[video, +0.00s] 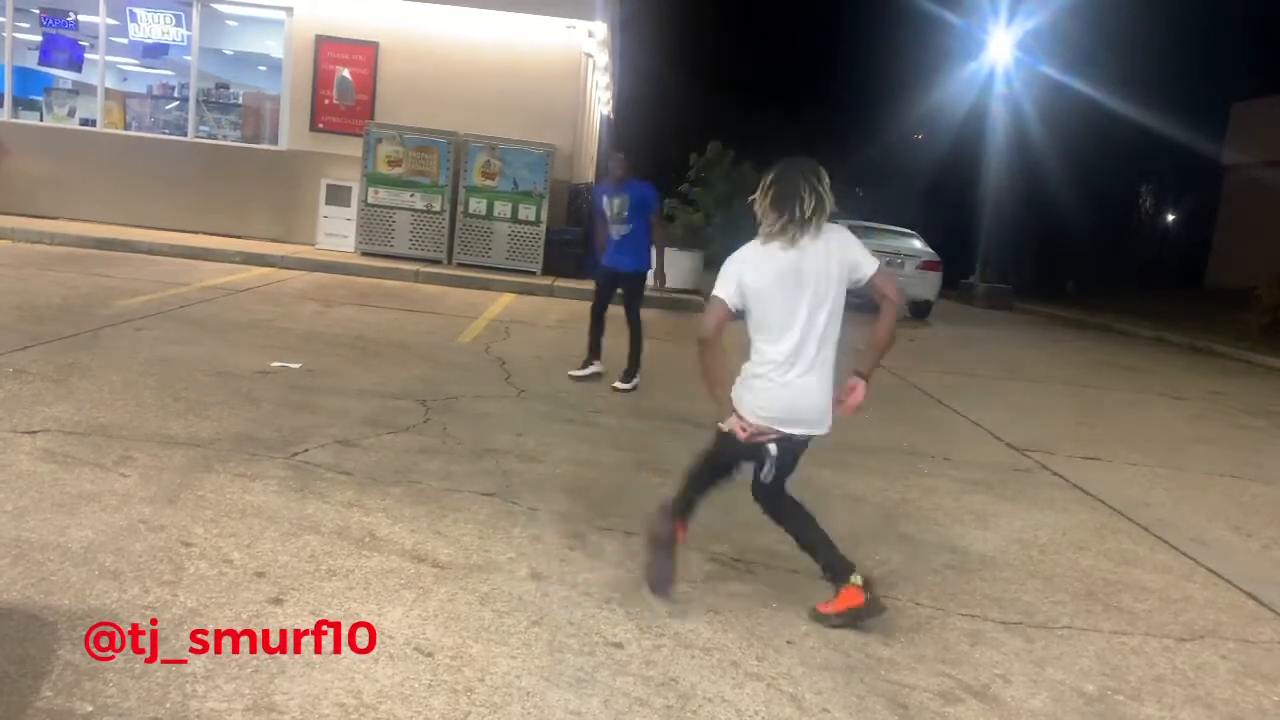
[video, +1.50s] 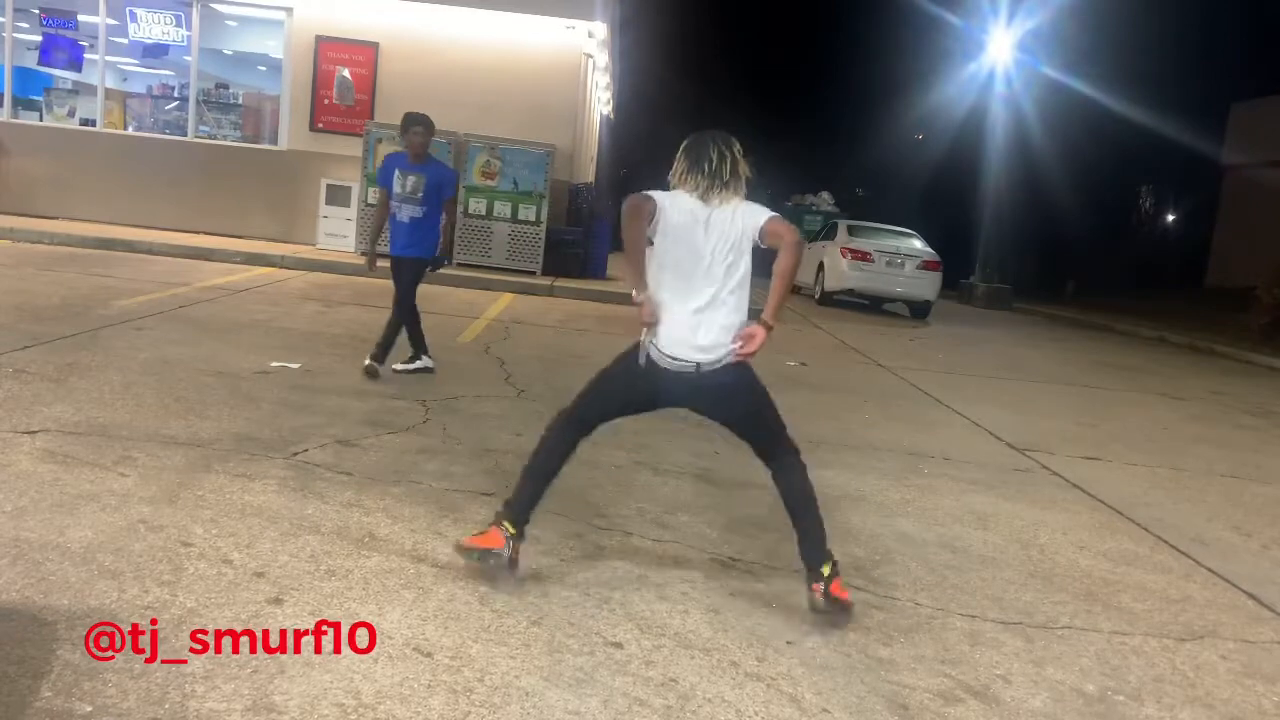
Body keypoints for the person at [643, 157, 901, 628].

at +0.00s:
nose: (756, 205)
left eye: (760, 198)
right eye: (759, 198)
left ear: (767, 203)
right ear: (820, 202)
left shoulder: (746, 259)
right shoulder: (840, 242)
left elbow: (708, 332)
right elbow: (891, 300)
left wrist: (725, 408)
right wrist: (863, 375)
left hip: (757, 401)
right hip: (813, 404)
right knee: (771, 490)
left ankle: (672, 523)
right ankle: (850, 584)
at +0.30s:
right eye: (809, 186)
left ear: (752, 184)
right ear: (806, 188)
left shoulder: (715, 234)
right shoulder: (813, 242)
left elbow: (673, 298)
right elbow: (828, 309)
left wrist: (675, 377)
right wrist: (804, 387)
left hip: (713, 395)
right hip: (773, 398)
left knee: (733, 493)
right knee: (785, 481)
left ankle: (689, 589)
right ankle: (788, 566)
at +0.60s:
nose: (704, 168)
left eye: (706, 160)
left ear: (711, 165)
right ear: (767, 168)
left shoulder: (684, 212)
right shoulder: (776, 214)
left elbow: (633, 251)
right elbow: (790, 273)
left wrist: (638, 335)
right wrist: (772, 351)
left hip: (664, 383)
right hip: (734, 393)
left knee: (614, 461)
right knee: (768, 476)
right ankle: (809, 585)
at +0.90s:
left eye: (684, 146)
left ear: (688, 150)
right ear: (744, 155)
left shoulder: (658, 193)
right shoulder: (754, 200)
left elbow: (612, 226)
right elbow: (778, 247)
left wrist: (619, 308)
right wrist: (753, 327)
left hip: (642, 368)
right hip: (712, 376)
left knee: (596, 449)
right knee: (751, 465)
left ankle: (563, 569)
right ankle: (763, 589)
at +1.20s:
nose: (674, 152)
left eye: (678, 145)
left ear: (684, 148)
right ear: (739, 152)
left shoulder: (658, 190)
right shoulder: (754, 197)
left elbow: (637, 233)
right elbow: (786, 240)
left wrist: (632, 313)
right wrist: (758, 321)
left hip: (650, 367)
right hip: (719, 373)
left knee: (592, 448)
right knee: (757, 464)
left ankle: (515, 540)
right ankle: (803, 577)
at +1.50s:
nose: (676, 170)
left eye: (681, 164)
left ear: (682, 168)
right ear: (737, 175)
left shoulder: (654, 202)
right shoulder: (749, 214)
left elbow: (633, 213)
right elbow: (789, 238)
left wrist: (640, 290)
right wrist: (766, 320)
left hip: (652, 369)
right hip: (725, 380)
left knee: (573, 422)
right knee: (783, 458)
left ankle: (507, 526)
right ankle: (822, 573)